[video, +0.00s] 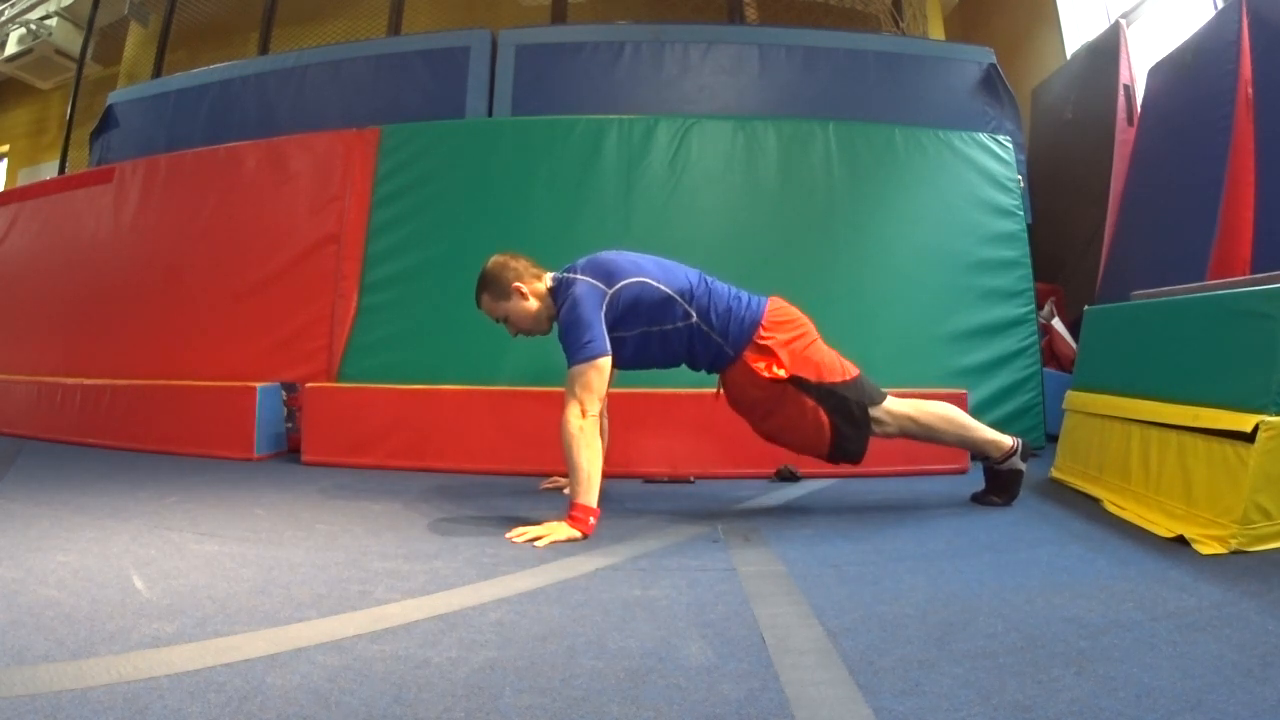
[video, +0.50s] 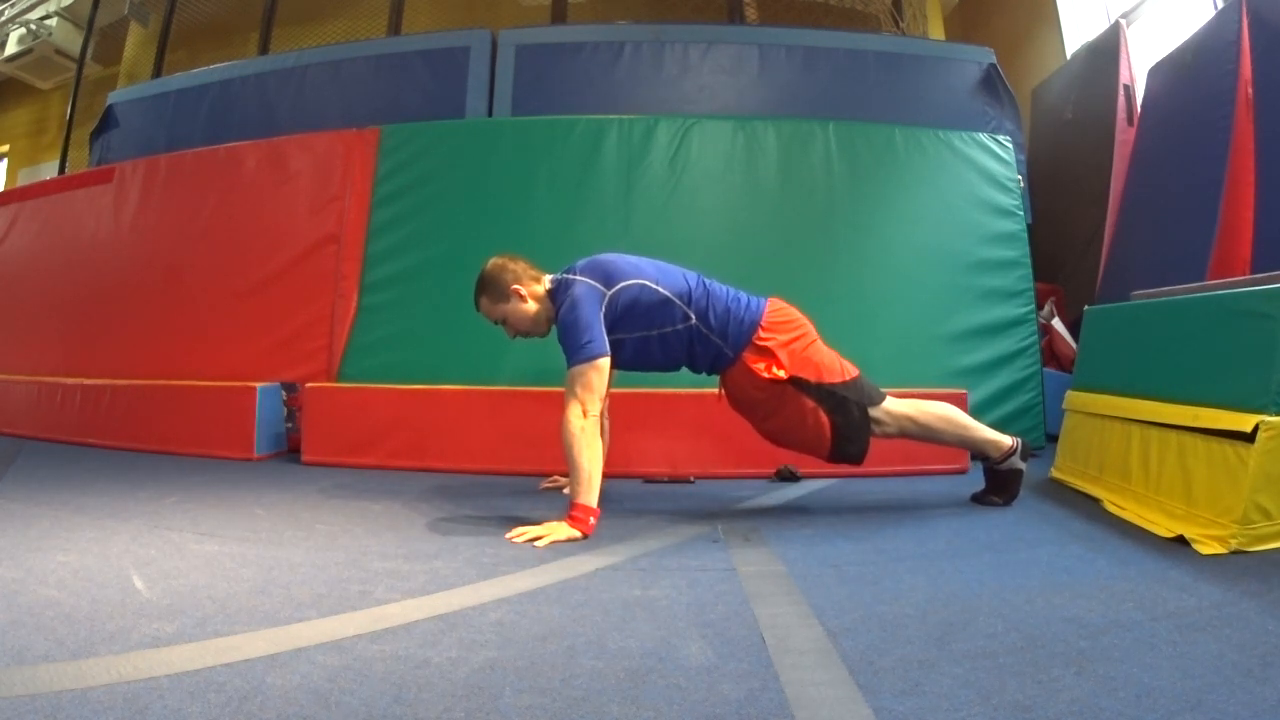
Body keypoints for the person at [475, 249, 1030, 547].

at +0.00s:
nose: (513, 331)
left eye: (506, 320)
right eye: (504, 324)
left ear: (525, 290)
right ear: (529, 286)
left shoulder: (583, 297)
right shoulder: (578, 291)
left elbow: (582, 411)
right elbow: (593, 403)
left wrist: (581, 517)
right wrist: (580, 476)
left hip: (766, 333)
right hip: (738, 365)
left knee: (876, 411)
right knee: (843, 444)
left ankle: (1004, 447)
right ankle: (955, 419)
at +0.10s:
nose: (513, 332)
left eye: (507, 321)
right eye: (504, 325)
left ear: (526, 291)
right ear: (529, 286)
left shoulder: (583, 297)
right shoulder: (579, 291)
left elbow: (582, 412)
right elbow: (593, 404)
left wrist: (582, 517)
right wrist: (581, 473)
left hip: (766, 333)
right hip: (740, 363)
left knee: (877, 411)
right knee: (850, 436)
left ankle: (1006, 447)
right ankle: (966, 427)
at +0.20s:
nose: (513, 333)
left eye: (507, 321)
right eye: (504, 326)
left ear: (526, 291)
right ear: (529, 287)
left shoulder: (583, 298)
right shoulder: (579, 292)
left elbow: (582, 412)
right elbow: (593, 404)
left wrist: (582, 517)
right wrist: (580, 474)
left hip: (766, 333)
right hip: (741, 362)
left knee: (877, 411)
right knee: (855, 431)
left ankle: (1005, 447)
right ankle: (967, 425)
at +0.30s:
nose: (513, 333)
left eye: (507, 322)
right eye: (504, 326)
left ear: (526, 291)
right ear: (529, 287)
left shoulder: (583, 298)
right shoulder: (579, 291)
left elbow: (581, 412)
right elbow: (594, 404)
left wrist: (582, 517)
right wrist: (580, 475)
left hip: (766, 333)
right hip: (741, 362)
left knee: (877, 411)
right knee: (853, 432)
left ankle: (1005, 447)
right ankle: (967, 426)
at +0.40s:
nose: (513, 333)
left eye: (507, 322)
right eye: (504, 326)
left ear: (525, 291)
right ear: (528, 288)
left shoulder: (583, 298)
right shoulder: (578, 293)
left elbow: (582, 413)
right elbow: (593, 405)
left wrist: (581, 516)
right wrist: (580, 479)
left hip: (766, 333)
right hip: (739, 365)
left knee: (876, 411)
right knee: (845, 439)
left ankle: (1005, 447)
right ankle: (963, 424)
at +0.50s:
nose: (513, 334)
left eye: (507, 323)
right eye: (504, 327)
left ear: (525, 293)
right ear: (527, 288)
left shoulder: (582, 298)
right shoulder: (578, 293)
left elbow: (582, 413)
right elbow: (594, 404)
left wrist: (582, 516)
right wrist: (582, 481)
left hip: (765, 334)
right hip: (739, 364)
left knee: (876, 411)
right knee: (847, 437)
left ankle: (1003, 447)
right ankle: (965, 427)